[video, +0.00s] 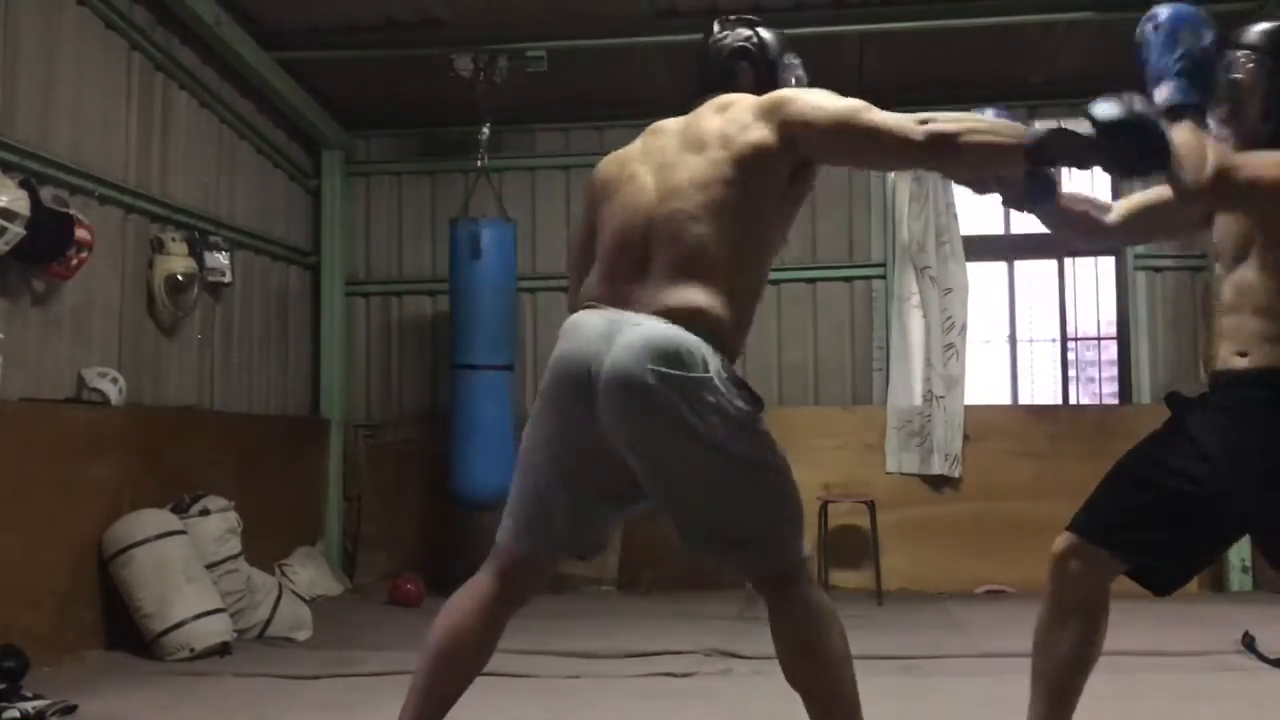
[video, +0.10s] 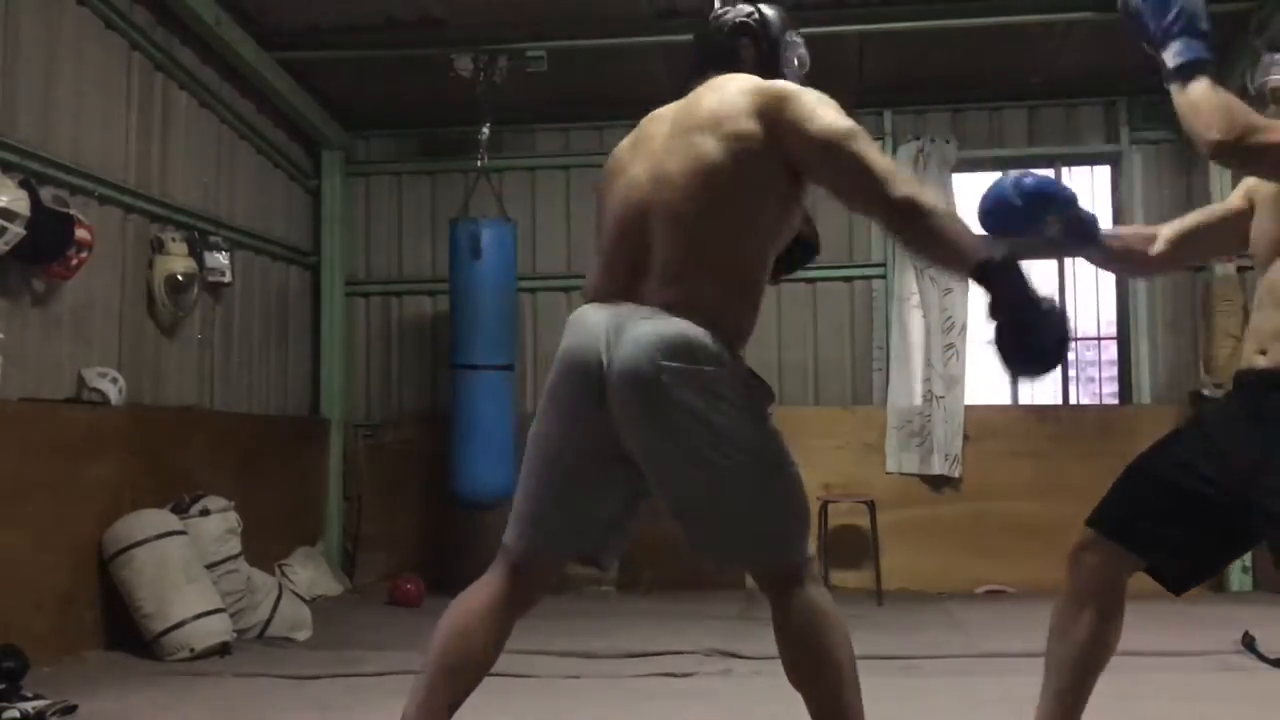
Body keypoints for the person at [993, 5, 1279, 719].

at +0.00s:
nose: (1232, 80)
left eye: (1252, 65)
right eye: (1229, 64)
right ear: (1223, 78)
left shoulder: (1278, 169)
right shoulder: (1219, 177)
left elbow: (1206, 177)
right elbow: (1109, 220)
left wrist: (1176, 93)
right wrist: (1025, 185)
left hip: (1273, 407)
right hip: (1220, 409)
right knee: (1078, 556)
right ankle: (1046, 716)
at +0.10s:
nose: (1262, 106)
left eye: (1270, 96)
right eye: (1265, 94)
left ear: (1275, 103)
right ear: (1265, 103)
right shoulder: (1262, 194)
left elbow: (1224, 132)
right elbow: (1157, 246)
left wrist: (1180, 45)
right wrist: (1070, 231)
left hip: (1265, 401)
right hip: (1252, 402)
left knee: (1100, 559)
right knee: (1099, 559)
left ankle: (1054, 709)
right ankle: (1053, 712)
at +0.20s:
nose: (1269, 100)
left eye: (1278, 86)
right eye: (1263, 87)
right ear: (1252, 97)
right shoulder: (1254, 183)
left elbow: (1265, 223)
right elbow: (1205, 305)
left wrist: (1210, 130)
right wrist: (1143, 287)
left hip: (1268, 387)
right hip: (1251, 389)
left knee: (1105, 540)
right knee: (1098, 540)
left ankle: (1109, 709)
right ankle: (1108, 711)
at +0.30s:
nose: (1228, 101)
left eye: (1243, 82)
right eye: (1220, 88)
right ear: (1214, 101)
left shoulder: (1277, 180)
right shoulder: (1235, 186)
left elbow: (1279, 279)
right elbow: (1220, 321)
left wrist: (1231, 216)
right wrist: (1167, 298)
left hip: (1273, 387)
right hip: (1233, 389)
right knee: (1111, 555)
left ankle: (1193, 689)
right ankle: (1192, 691)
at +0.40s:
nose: (1181, 119)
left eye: (1196, 100)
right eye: (1175, 105)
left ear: (1246, 102)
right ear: (1174, 114)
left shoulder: (1276, 186)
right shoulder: (1198, 204)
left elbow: (1275, 293)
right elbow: (1151, 330)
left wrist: (1221, 229)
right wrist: (1123, 263)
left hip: (1268, 389)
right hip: (1212, 398)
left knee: (1269, 564)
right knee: (1146, 572)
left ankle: (1248, 713)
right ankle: (1244, 714)